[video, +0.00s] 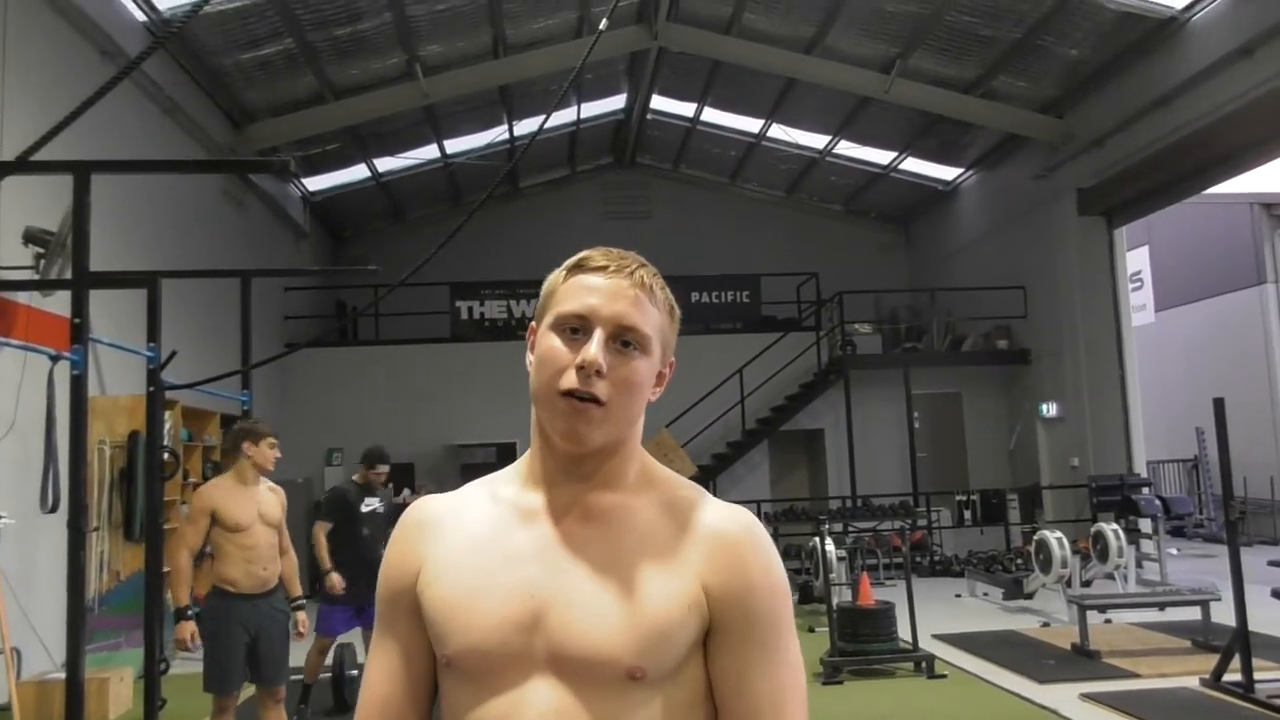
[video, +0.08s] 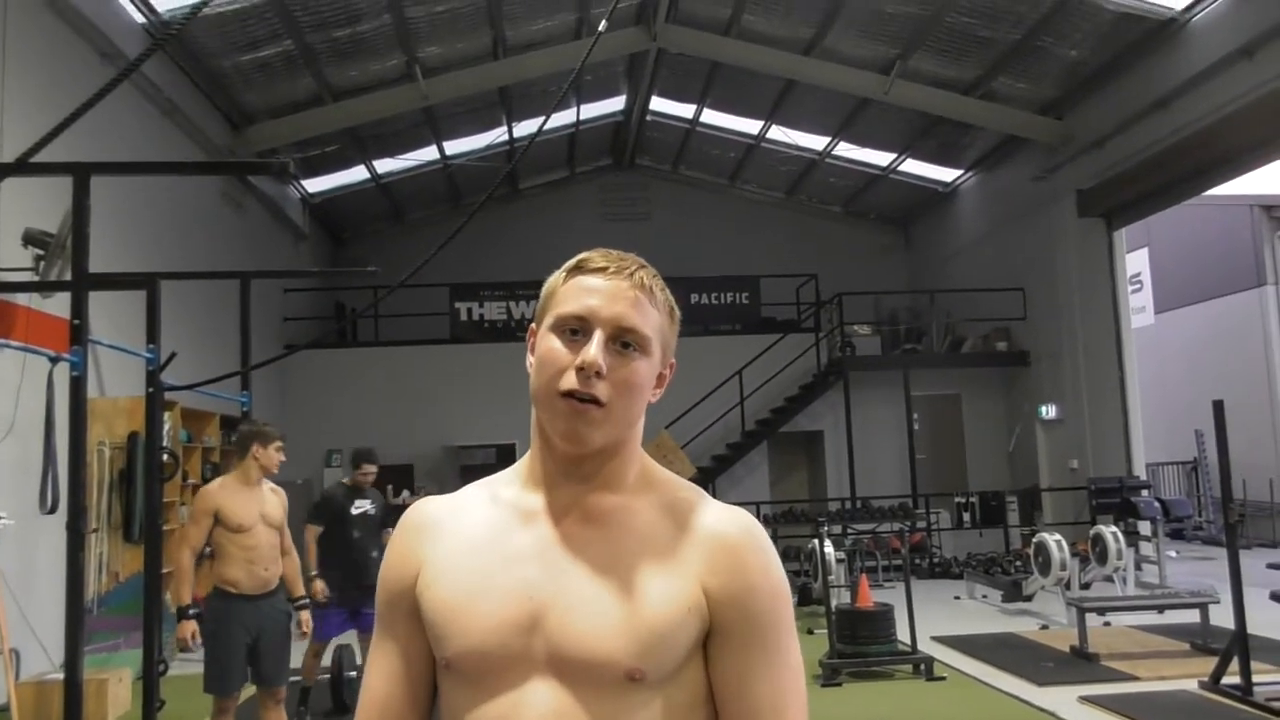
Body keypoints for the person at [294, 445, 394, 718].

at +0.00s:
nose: (383, 479)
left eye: (386, 474)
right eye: (378, 474)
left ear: (387, 472)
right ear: (364, 470)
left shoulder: (382, 496)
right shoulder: (341, 495)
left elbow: (382, 537)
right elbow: (319, 531)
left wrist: (386, 568)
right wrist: (328, 571)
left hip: (373, 584)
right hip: (341, 585)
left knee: (375, 646)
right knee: (323, 646)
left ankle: (377, 700)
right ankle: (304, 702)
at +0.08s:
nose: (369, 479)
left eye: (373, 474)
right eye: (364, 474)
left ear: (376, 474)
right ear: (352, 472)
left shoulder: (377, 498)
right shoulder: (333, 496)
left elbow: (385, 534)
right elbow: (310, 535)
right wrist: (313, 577)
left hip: (367, 585)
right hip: (334, 587)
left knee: (370, 643)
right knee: (318, 647)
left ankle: (371, 696)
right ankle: (304, 702)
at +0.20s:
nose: (351, 481)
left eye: (355, 476)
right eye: (346, 476)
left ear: (360, 475)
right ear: (334, 475)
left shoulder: (363, 500)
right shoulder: (316, 502)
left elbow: (376, 537)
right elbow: (296, 543)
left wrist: (391, 567)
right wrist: (292, 585)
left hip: (358, 589)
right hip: (322, 590)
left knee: (363, 647)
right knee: (309, 650)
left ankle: (371, 698)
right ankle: (301, 703)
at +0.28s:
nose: (341, 483)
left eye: (345, 478)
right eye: (336, 478)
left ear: (349, 478)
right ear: (324, 477)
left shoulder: (354, 505)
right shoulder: (305, 507)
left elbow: (369, 540)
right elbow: (291, 544)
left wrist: (386, 568)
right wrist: (293, 580)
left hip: (350, 590)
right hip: (313, 590)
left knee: (358, 647)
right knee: (303, 650)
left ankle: (367, 698)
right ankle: (298, 701)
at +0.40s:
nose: (327, 486)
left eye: (331, 481)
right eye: (322, 481)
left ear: (336, 481)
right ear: (311, 480)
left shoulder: (343, 507)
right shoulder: (296, 506)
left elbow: (359, 543)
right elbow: (283, 545)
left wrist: (373, 574)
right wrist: (283, 582)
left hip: (338, 590)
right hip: (302, 590)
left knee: (351, 650)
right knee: (296, 652)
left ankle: (362, 700)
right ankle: (294, 706)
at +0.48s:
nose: (320, 487)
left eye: (325, 482)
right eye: (315, 482)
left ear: (331, 483)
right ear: (305, 482)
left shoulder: (337, 509)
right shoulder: (293, 508)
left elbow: (352, 542)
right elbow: (282, 546)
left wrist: (363, 572)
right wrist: (282, 580)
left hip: (331, 588)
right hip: (297, 589)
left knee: (345, 650)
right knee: (293, 652)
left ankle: (344, 704)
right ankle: (292, 705)